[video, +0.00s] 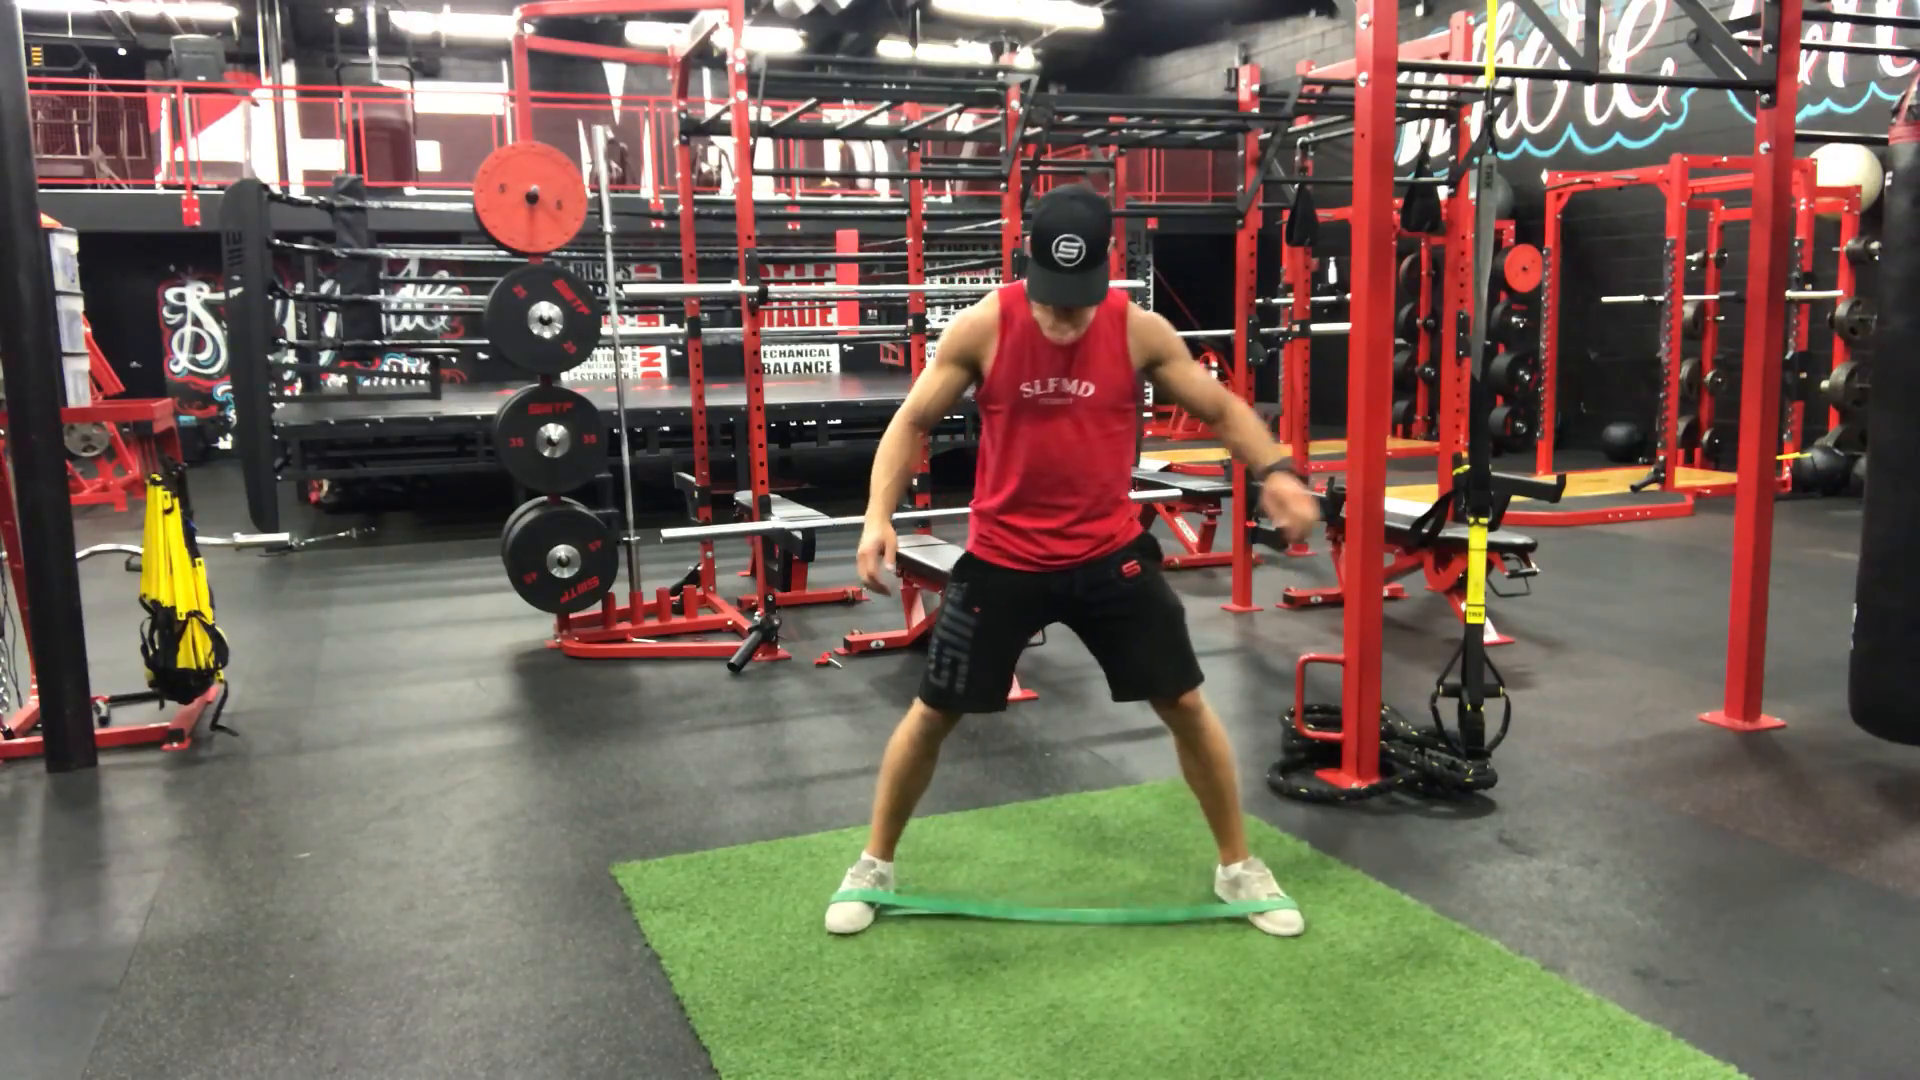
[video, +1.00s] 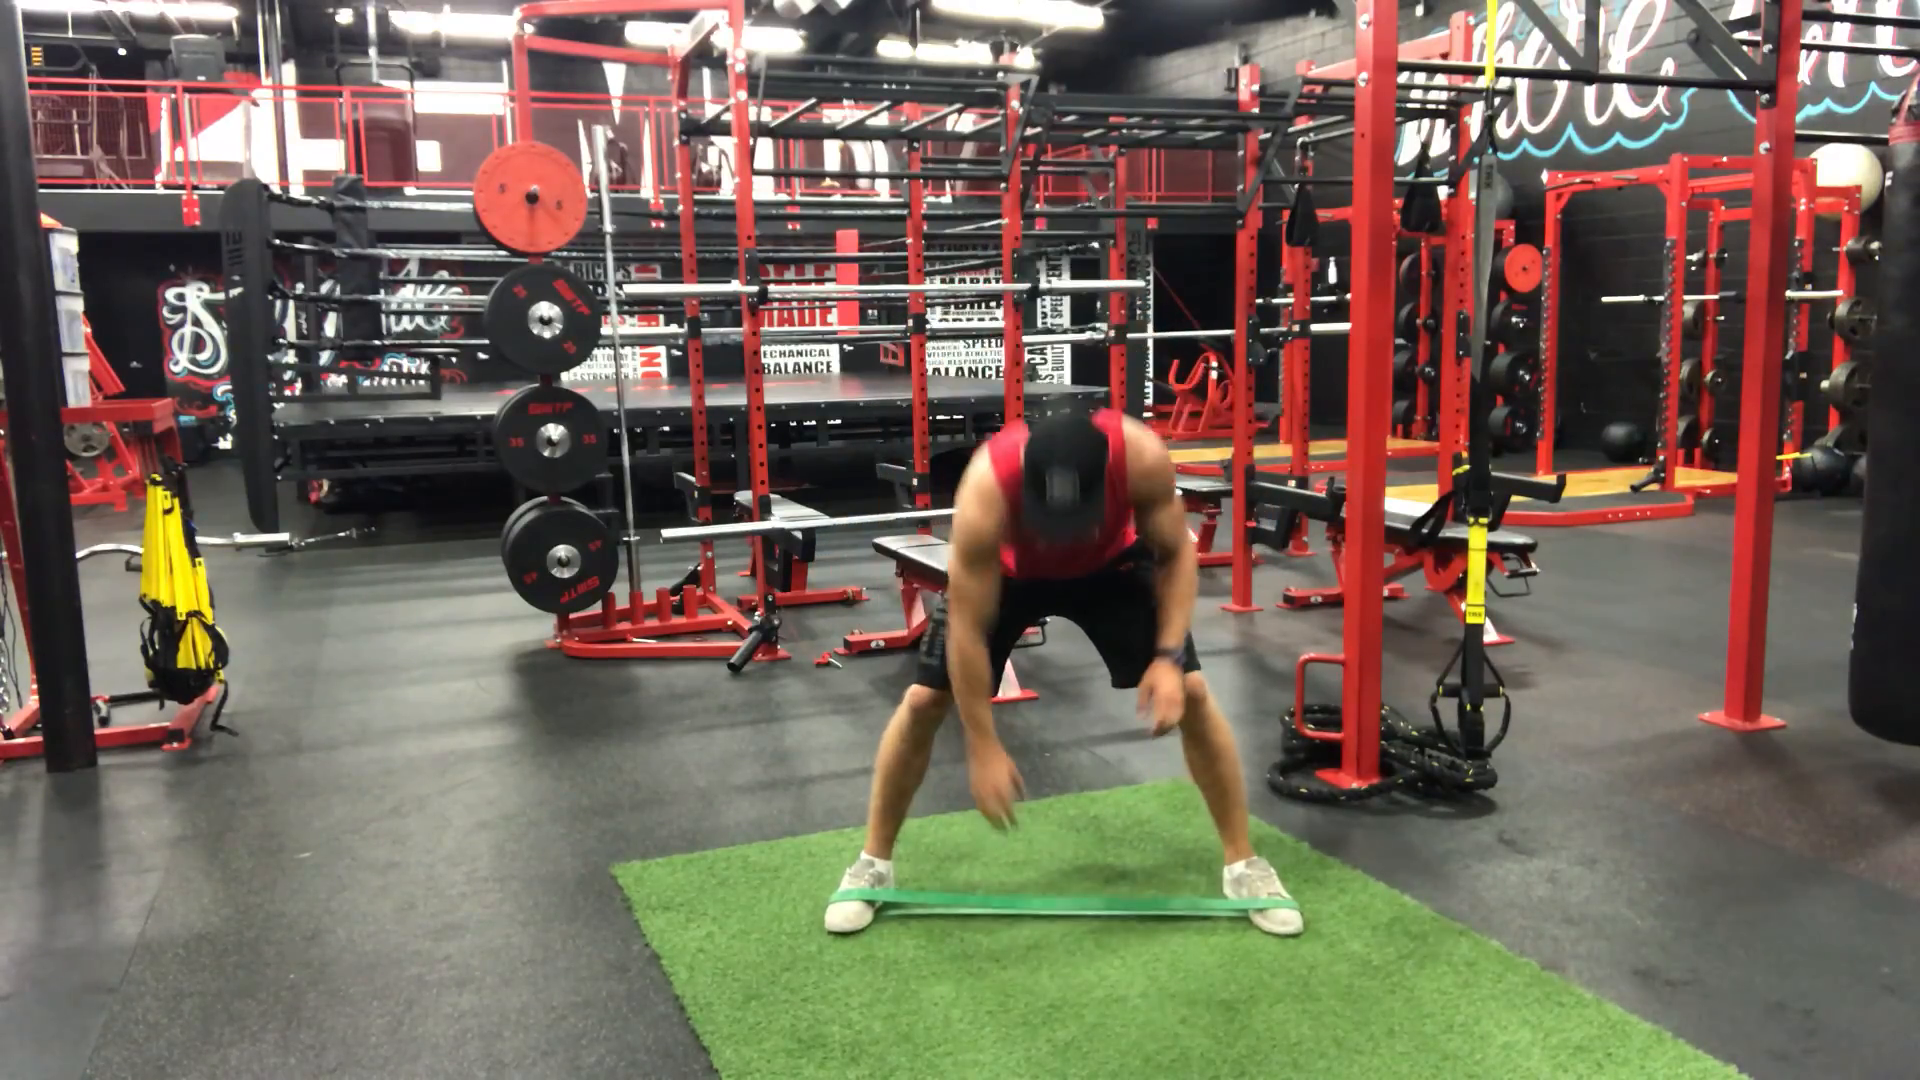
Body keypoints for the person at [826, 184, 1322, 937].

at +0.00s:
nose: (1063, 313)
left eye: (1079, 297)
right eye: (1050, 296)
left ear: (1105, 272)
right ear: (1026, 267)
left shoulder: (1139, 332)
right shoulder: (982, 327)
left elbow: (1224, 409)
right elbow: (910, 423)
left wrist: (1276, 470)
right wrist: (877, 516)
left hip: (1111, 551)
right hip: (1001, 555)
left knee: (1185, 702)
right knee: (932, 711)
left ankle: (1238, 865)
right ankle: (874, 863)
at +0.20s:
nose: (1059, 316)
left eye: (1075, 300)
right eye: (1045, 298)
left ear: (1102, 273)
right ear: (1022, 268)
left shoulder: (1136, 336)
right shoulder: (978, 331)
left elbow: (1212, 429)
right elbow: (915, 436)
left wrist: (1231, 510)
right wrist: (892, 541)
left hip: (1110, 551)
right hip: (999, 556)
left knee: (1178, 700)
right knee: (932, 709)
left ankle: (1241, 862)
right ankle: (874, 862)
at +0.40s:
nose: (1063, 285)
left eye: (1078, 269)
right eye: (1048, 269)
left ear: (1101, 252)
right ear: (1023, 252)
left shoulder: (1138, 323)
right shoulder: (981, 322)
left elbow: (1220, 409)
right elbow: (914, 424)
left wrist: (1251, 487)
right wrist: (876, 520)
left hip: (1115, 553)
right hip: (1002, 558)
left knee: (1182, 702)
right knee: (935, 706)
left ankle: (1242, 863)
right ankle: (875, 861)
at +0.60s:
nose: (1050, 288)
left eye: (1065, 273)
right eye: (1036, 272)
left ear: (1090, 256)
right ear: (1013, 254)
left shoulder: (1126, 325)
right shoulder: (966, 326)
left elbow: (1206, 415)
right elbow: (902, 429)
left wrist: (1238, 482)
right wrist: (864, 531)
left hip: (1106, 553)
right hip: (994, 558)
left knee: (1178, 703)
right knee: (929, 711)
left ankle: (1241, 862)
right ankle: (873, 862)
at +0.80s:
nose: (1056, 364)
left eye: (1071, 349)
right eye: (1043, 349)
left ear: (1098, 318)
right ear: (1019, 317)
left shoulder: (1137, 363)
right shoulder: (975, 373)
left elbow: (1204, 462)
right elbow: (923, 488)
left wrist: (1215, 561)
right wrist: (914, 608)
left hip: (1110, 557)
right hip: (1001, 559)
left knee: (1183, 697)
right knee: (930, 704)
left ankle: (1242, 862)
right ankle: (874, 863)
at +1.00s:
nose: (1065, 532)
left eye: (1080, 523)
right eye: (1050, 524)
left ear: (1107, 478)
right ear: (1026, 481)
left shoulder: (1143, 458)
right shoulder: (985, 489)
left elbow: (1177, 553)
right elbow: (967, 627)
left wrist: (1168, 657)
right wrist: (984, 748)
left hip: (1112, 566)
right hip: (1005, 572)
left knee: (1192, 694)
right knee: (922, 701)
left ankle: (1243, 863)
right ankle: (872, 860)